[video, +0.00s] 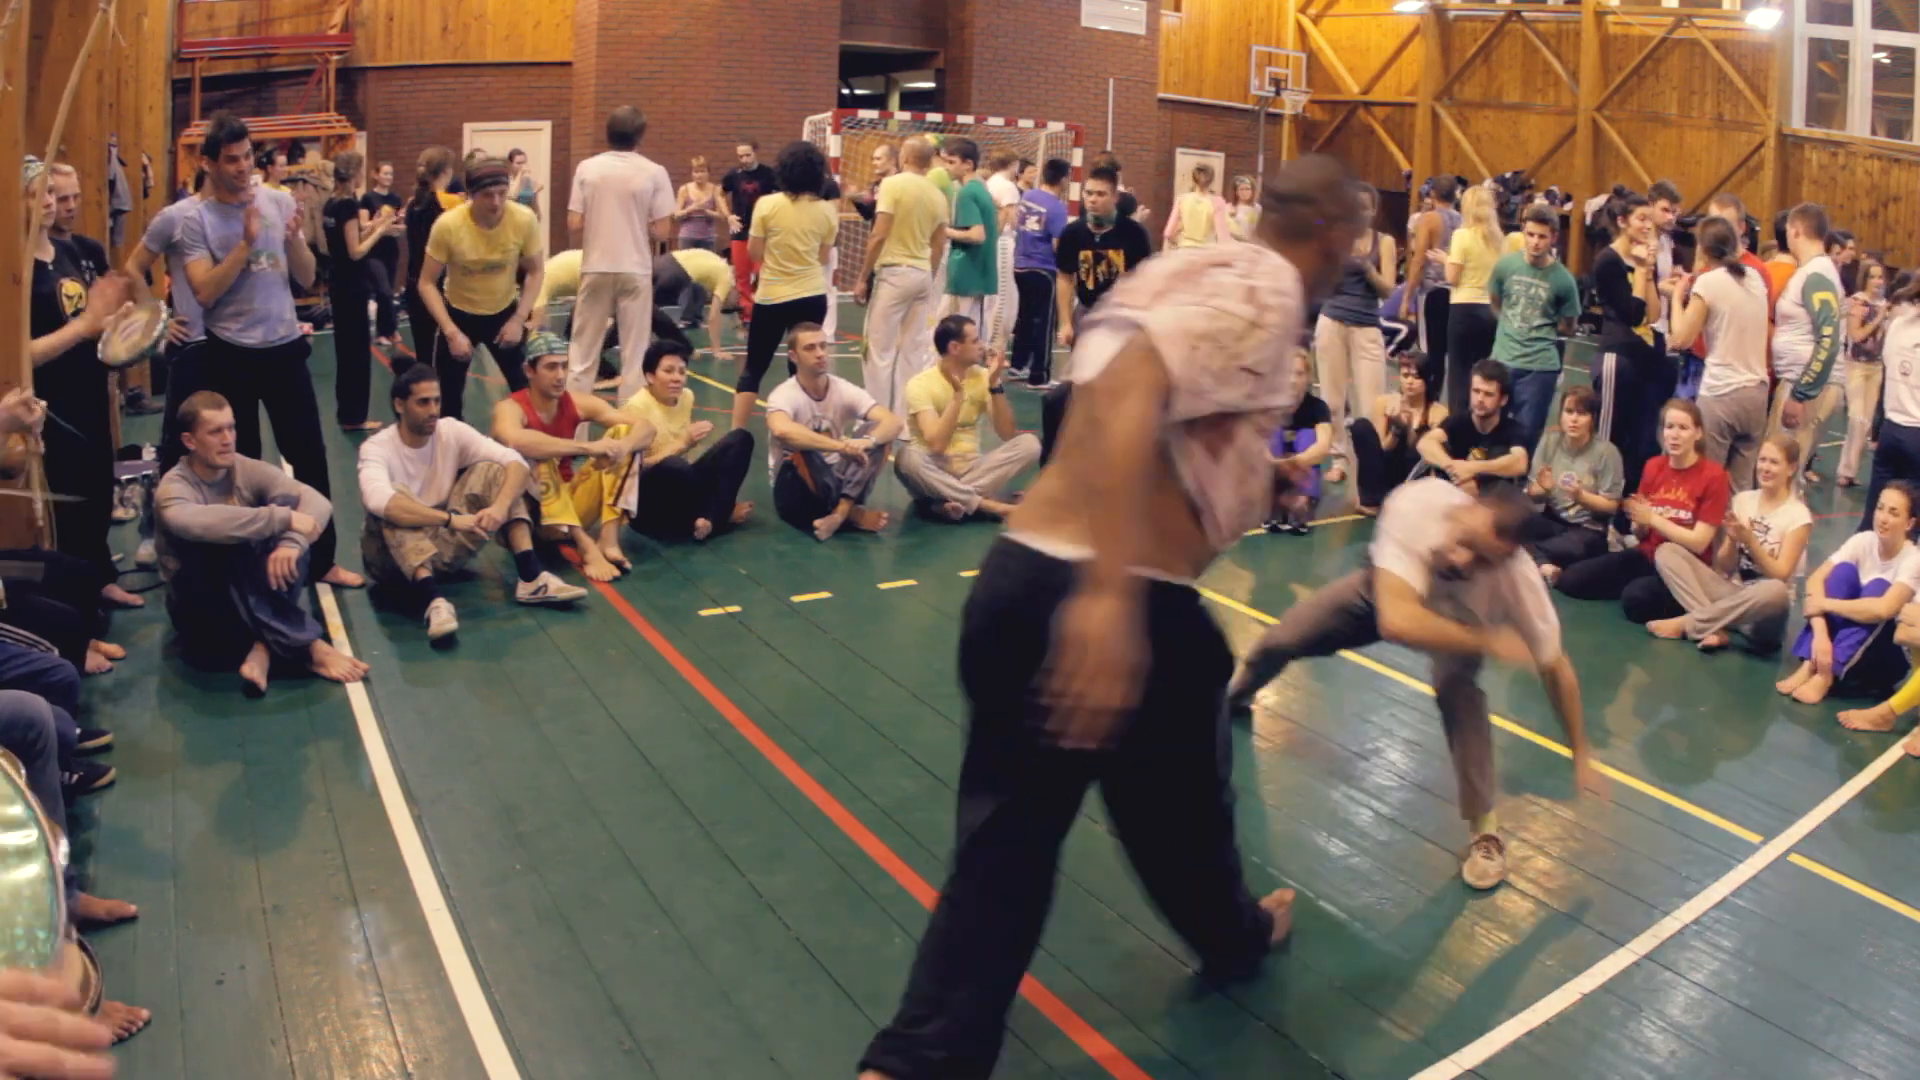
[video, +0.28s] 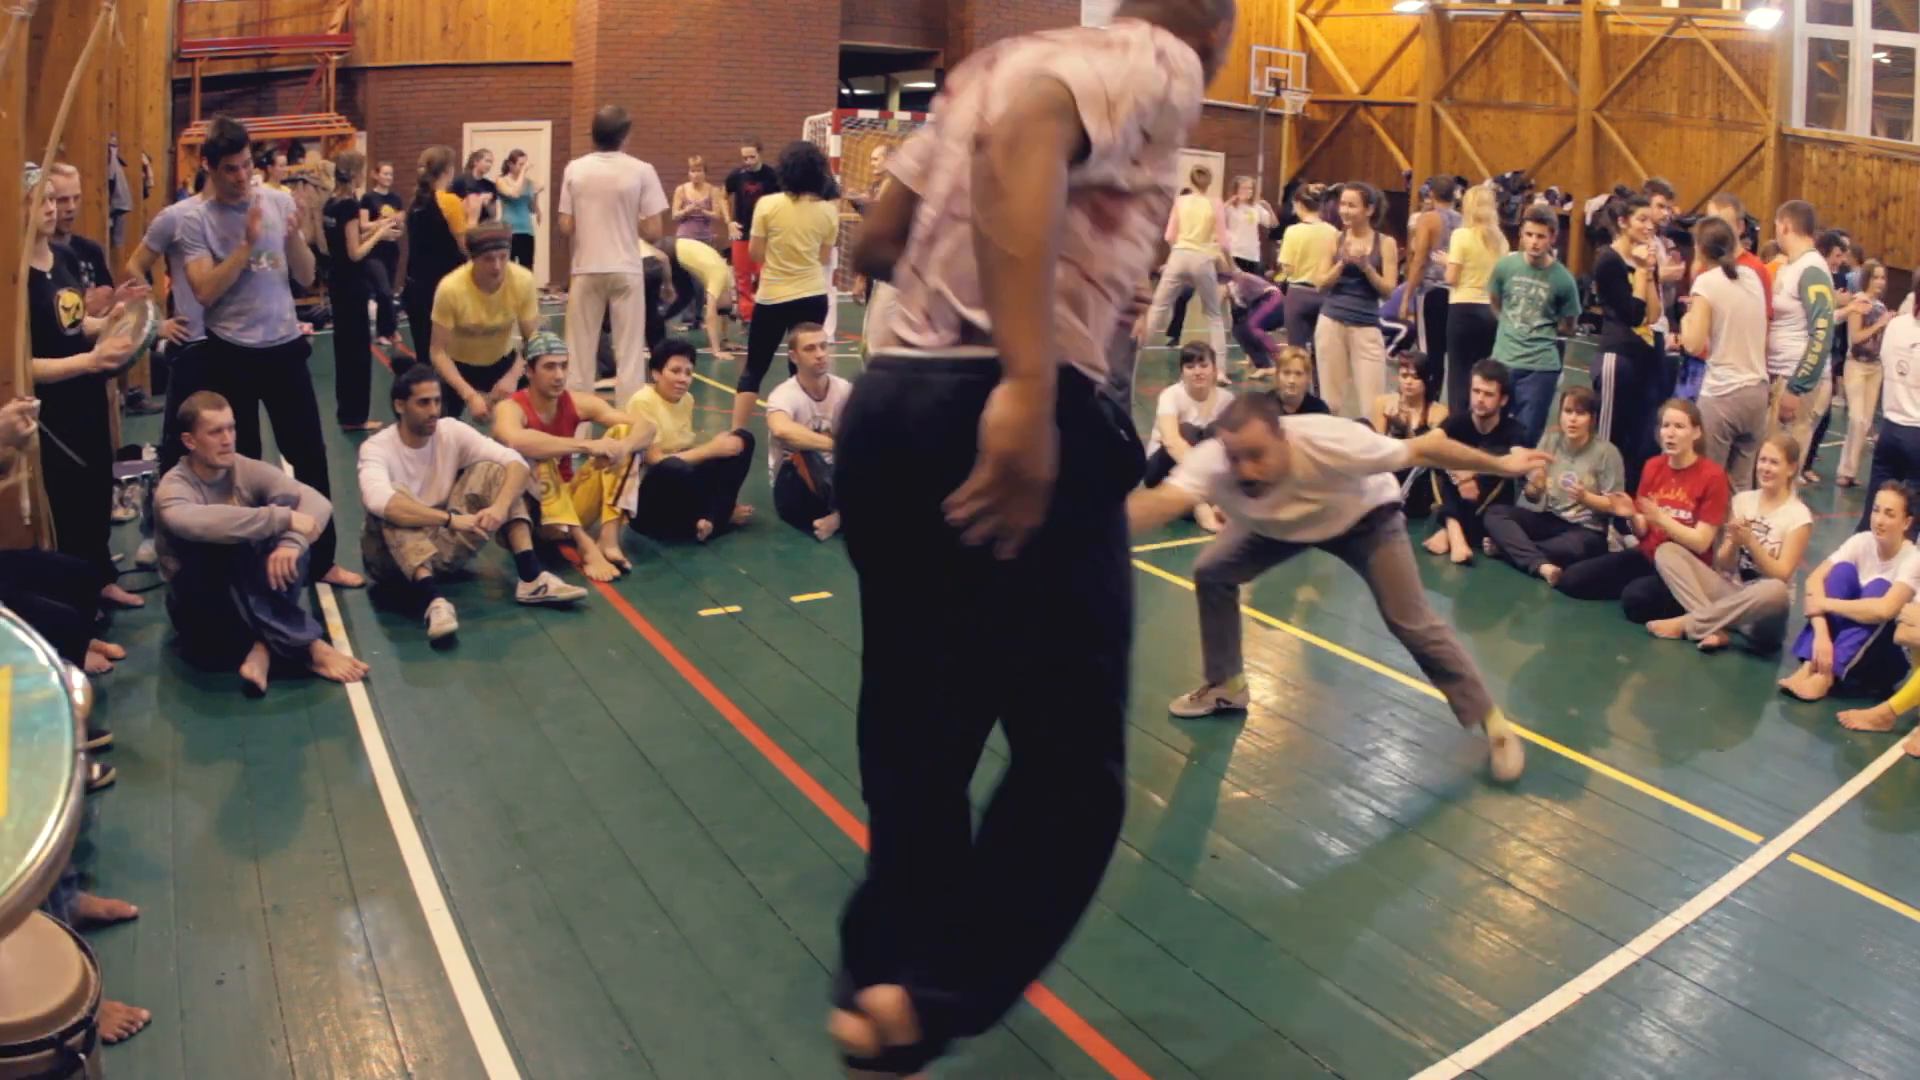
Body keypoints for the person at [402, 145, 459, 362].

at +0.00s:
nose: (453, 172)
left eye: (452, 167)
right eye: (451, 167)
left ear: (423, 168)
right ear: (445, 170)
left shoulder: (413, 203)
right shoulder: (449, 204)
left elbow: (409, 249)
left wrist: (402, 281)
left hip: (414, 283)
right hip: (436, 284)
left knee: (424, 350)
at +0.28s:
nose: (455, 171)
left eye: (454, 167)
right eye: (453, 166)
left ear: (425, 168)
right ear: (447, 169)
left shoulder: (416, 202)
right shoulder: (450, 202)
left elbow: (409, 248)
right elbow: (465, 244)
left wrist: (400, 284)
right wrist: (474, 214)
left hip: (417, 283)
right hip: (445, 284)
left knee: (424, 350)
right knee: (446, 349)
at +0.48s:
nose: (454, 171)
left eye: (454, 166)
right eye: (453, 166)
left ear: (426, 168)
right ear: (446, 169)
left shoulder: (417, 201)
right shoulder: (446, 202)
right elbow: (461, 250)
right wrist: (470, 218)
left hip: (414, 287)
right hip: (439, 290)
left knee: (424, 356)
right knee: (444, 355)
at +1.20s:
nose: (449, 173)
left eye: (448, 168)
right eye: (447, 168)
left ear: (421, 170)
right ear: (441, 171)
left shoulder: (408, 206)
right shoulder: (444, 206)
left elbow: (405, 250)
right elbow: (458, 253)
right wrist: (459, 217)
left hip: (412, 286)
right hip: (434, 288)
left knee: (423, 350)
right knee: (434, 349)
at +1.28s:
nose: (450, 173)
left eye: (450, 168)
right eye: (449, 167)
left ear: (422, 170)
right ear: (443, 171)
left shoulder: (409, 207)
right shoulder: (445, 205)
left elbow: (405, 251)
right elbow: (462, 251)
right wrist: (464, 215)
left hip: (413, 287)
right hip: (438, 289)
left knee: (425, 351)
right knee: (439, 350)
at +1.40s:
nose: (451, 172)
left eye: (450, 167)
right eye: (450, 166)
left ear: (423, 170)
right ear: (444, 170)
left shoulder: (411, 206)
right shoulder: (447, 204)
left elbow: (406, 251)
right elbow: (464, 250)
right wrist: (466, 214)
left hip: (415, 285)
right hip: (441, 287)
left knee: (425, 349)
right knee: (441, 349)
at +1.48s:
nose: (452, 172)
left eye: (452, 167)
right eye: (451, 167)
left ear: (425, 170)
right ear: (445, 170)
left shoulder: (411, 207)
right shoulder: (452, 204)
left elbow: (411, 248)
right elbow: (463, 250)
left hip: (417, 284)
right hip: (444, 284)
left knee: (425, 348)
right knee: (441, 345)